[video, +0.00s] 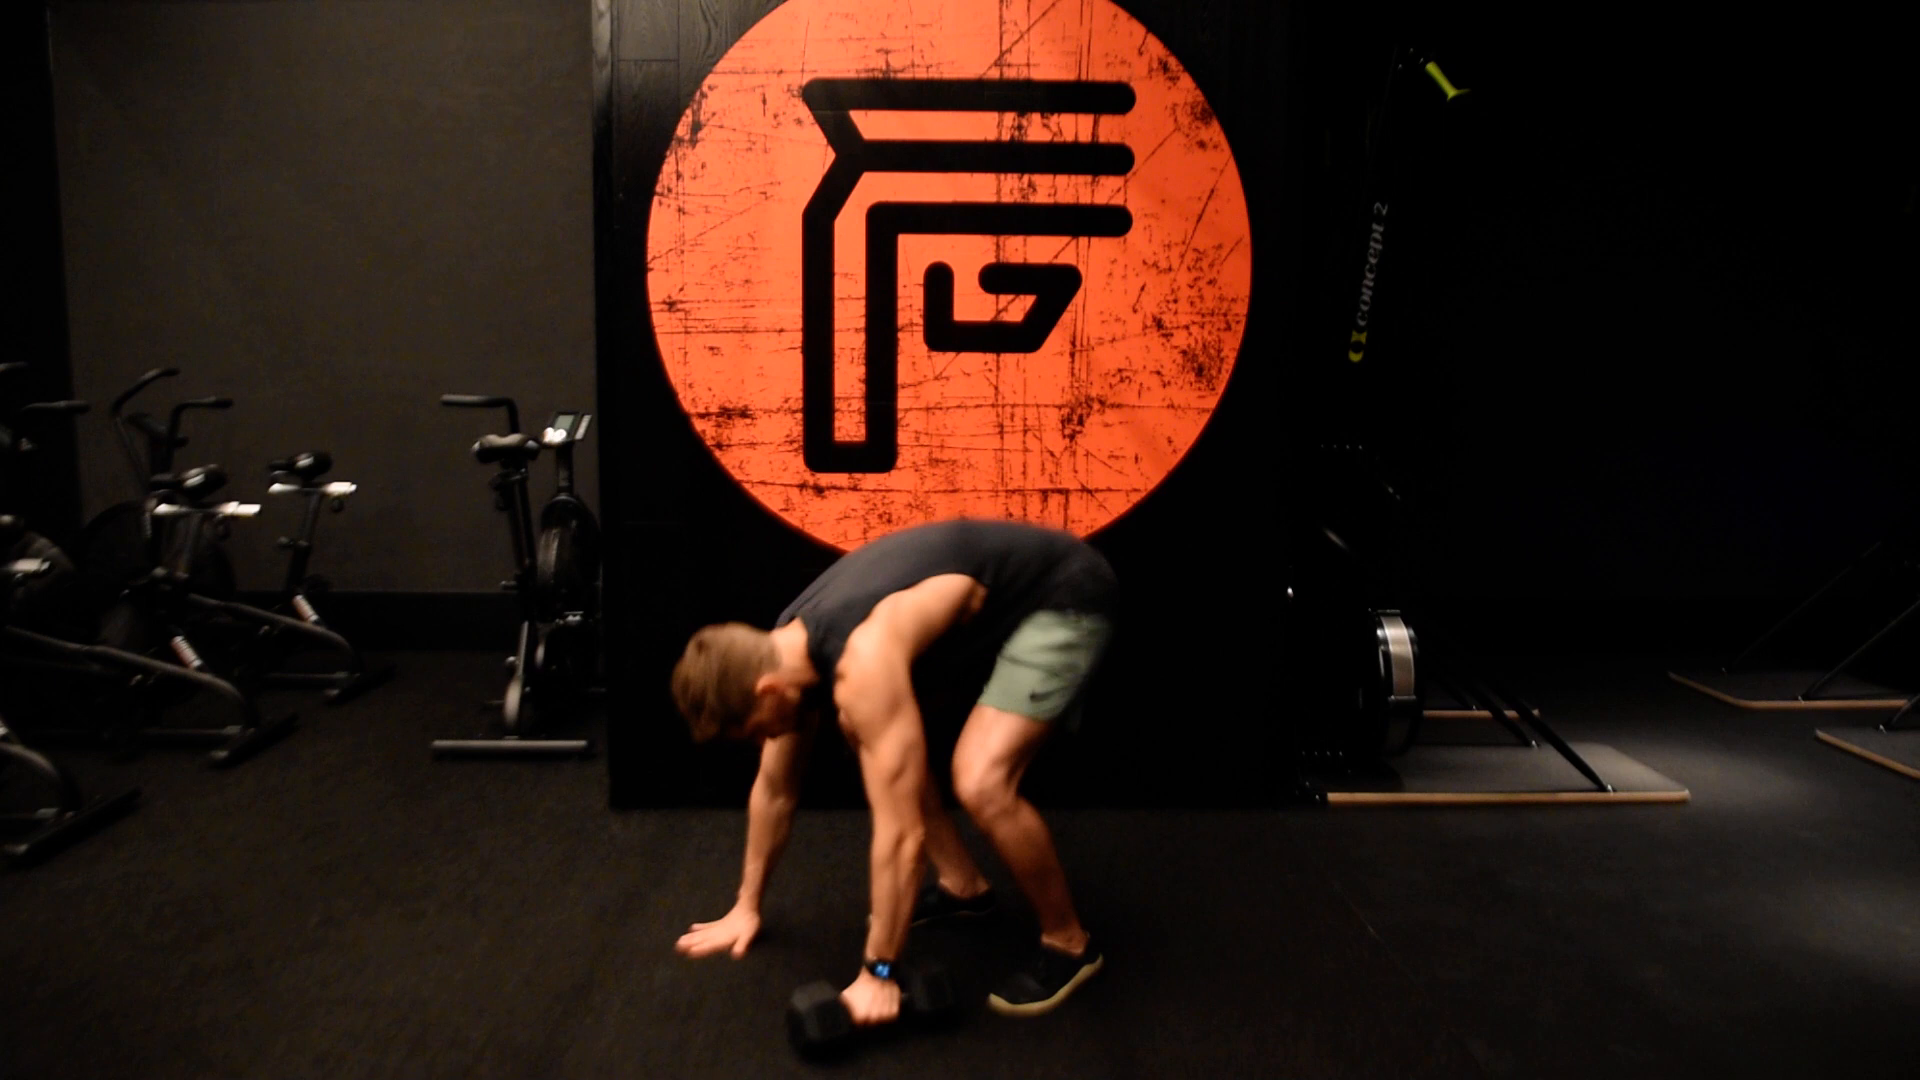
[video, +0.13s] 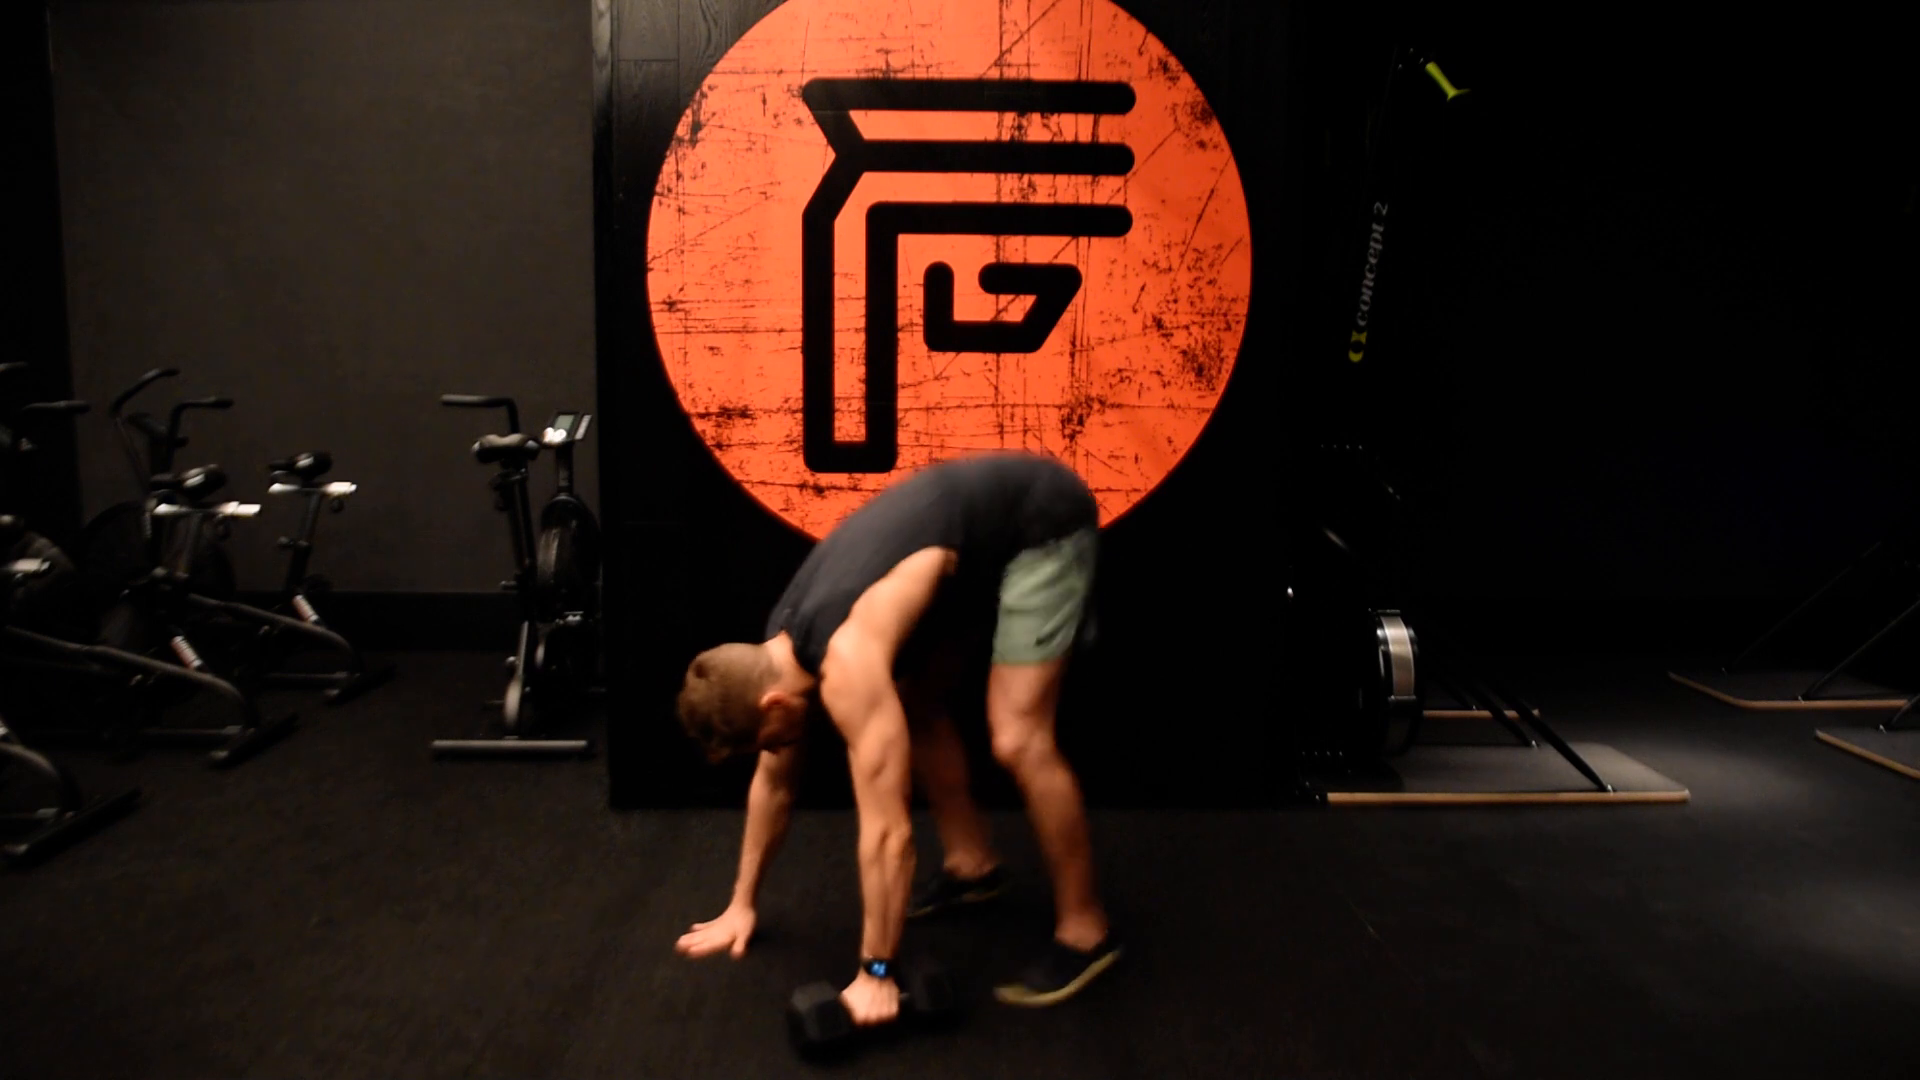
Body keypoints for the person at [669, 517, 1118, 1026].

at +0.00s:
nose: (761, 737)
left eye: (754, 729)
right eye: (751, 733)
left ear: (771, 691)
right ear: (768, 685)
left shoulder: (865, 661)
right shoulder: (787, 644)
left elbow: (901, 833)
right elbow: (773, 789)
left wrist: (879, 970)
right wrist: (746, 907)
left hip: (1063, 592)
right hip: (982, 597)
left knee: (981, 779)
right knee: (877, 737)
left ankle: (1068, 941)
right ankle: (963, 885)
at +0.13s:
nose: (770, 750)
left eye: (764, 744)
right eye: (760, 750)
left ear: (776, 709)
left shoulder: (851, 665)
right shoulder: (780, 647)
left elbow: (887, 835)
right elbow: (773, 781)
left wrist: (876, 971)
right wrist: (741, 904)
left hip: (1045, 517)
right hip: (965, 523)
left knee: (1020, 739)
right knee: (920, 702)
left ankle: (1084, 930)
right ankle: (971, 863)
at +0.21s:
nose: (758, 745)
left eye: (750, 737)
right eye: (745, 746)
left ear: (757, 706)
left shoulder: (834, 669)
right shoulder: (763, 647)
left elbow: (877, 835)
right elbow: (760, 779)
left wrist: (875, 974)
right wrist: (737, 907)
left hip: (1031, 509)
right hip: (957, 523)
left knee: (1039, 737)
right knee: (931, 697)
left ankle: (1170, 860)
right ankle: (1039, 801)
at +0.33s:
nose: (706, 764)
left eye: (695, 756)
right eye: (694, 762)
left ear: (710, 721)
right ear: (703, 706)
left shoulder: (807, 685)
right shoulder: (736, 658)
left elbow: (875, 836)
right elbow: (753, 791)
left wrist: (879, 976)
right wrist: (745, 913)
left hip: (1014, 571)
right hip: (942, 590)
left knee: (1115, 765)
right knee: (1000, 718)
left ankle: (1283, 818)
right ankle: (1128, 767)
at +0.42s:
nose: (665, 781)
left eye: (655, 771)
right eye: (649, 776)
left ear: (677, 733)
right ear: (670, 713)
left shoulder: (795, 700)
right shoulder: (728, 683)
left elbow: (887, 841)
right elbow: (757, 805)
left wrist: (883, 981)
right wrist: (754, 916)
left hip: (1018, 642)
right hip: (953, 649)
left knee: (1157, 775)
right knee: (1095, 742)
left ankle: (1323, 838)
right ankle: (1167, 802)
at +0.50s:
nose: (649, 804)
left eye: (643, 791)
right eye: (635, 796)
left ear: (668, 754)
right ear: (663, 726)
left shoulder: (796, 733)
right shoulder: (725, 702)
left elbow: (915, 847)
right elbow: (769, 803)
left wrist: (885, 981)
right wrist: (757, 913)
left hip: (1020, 724)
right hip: (969, 710)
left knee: (1176, 820)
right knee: (1114, 774)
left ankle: (1346, 844)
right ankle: (1179, 773)